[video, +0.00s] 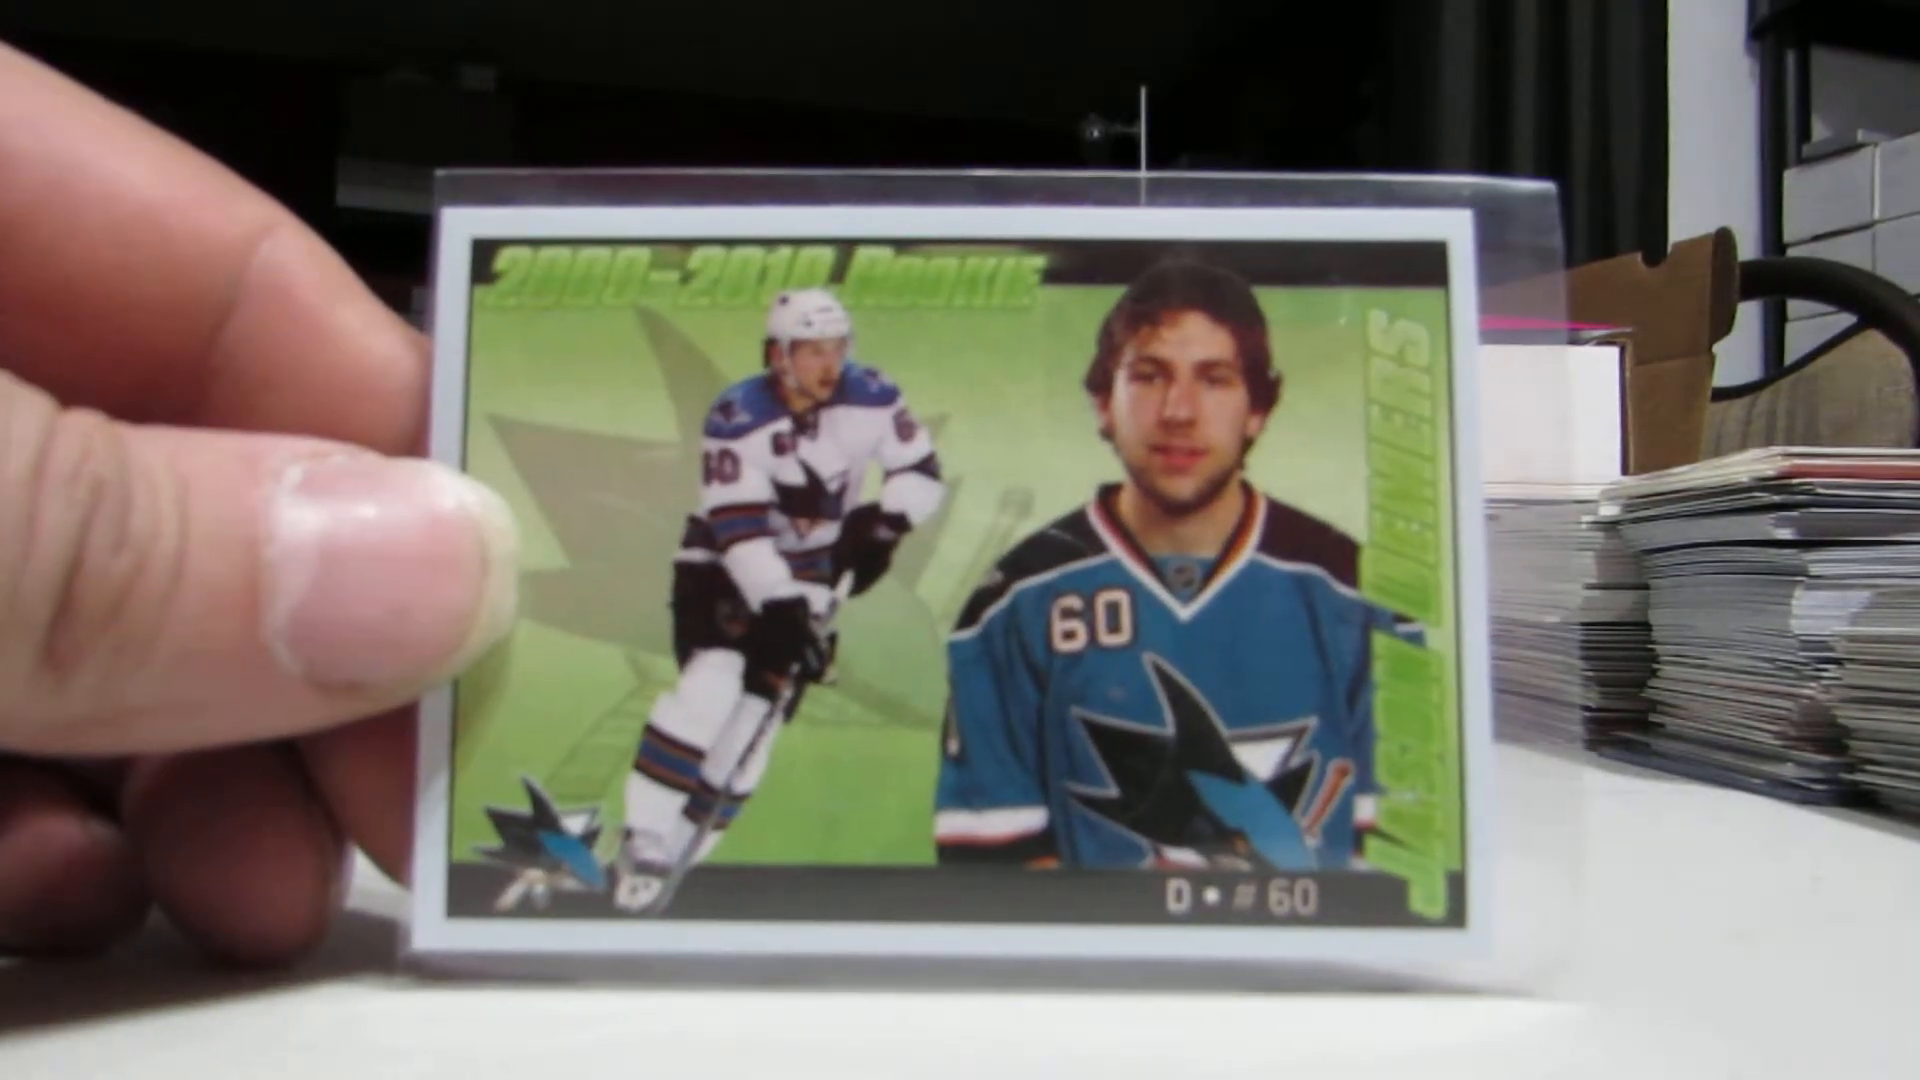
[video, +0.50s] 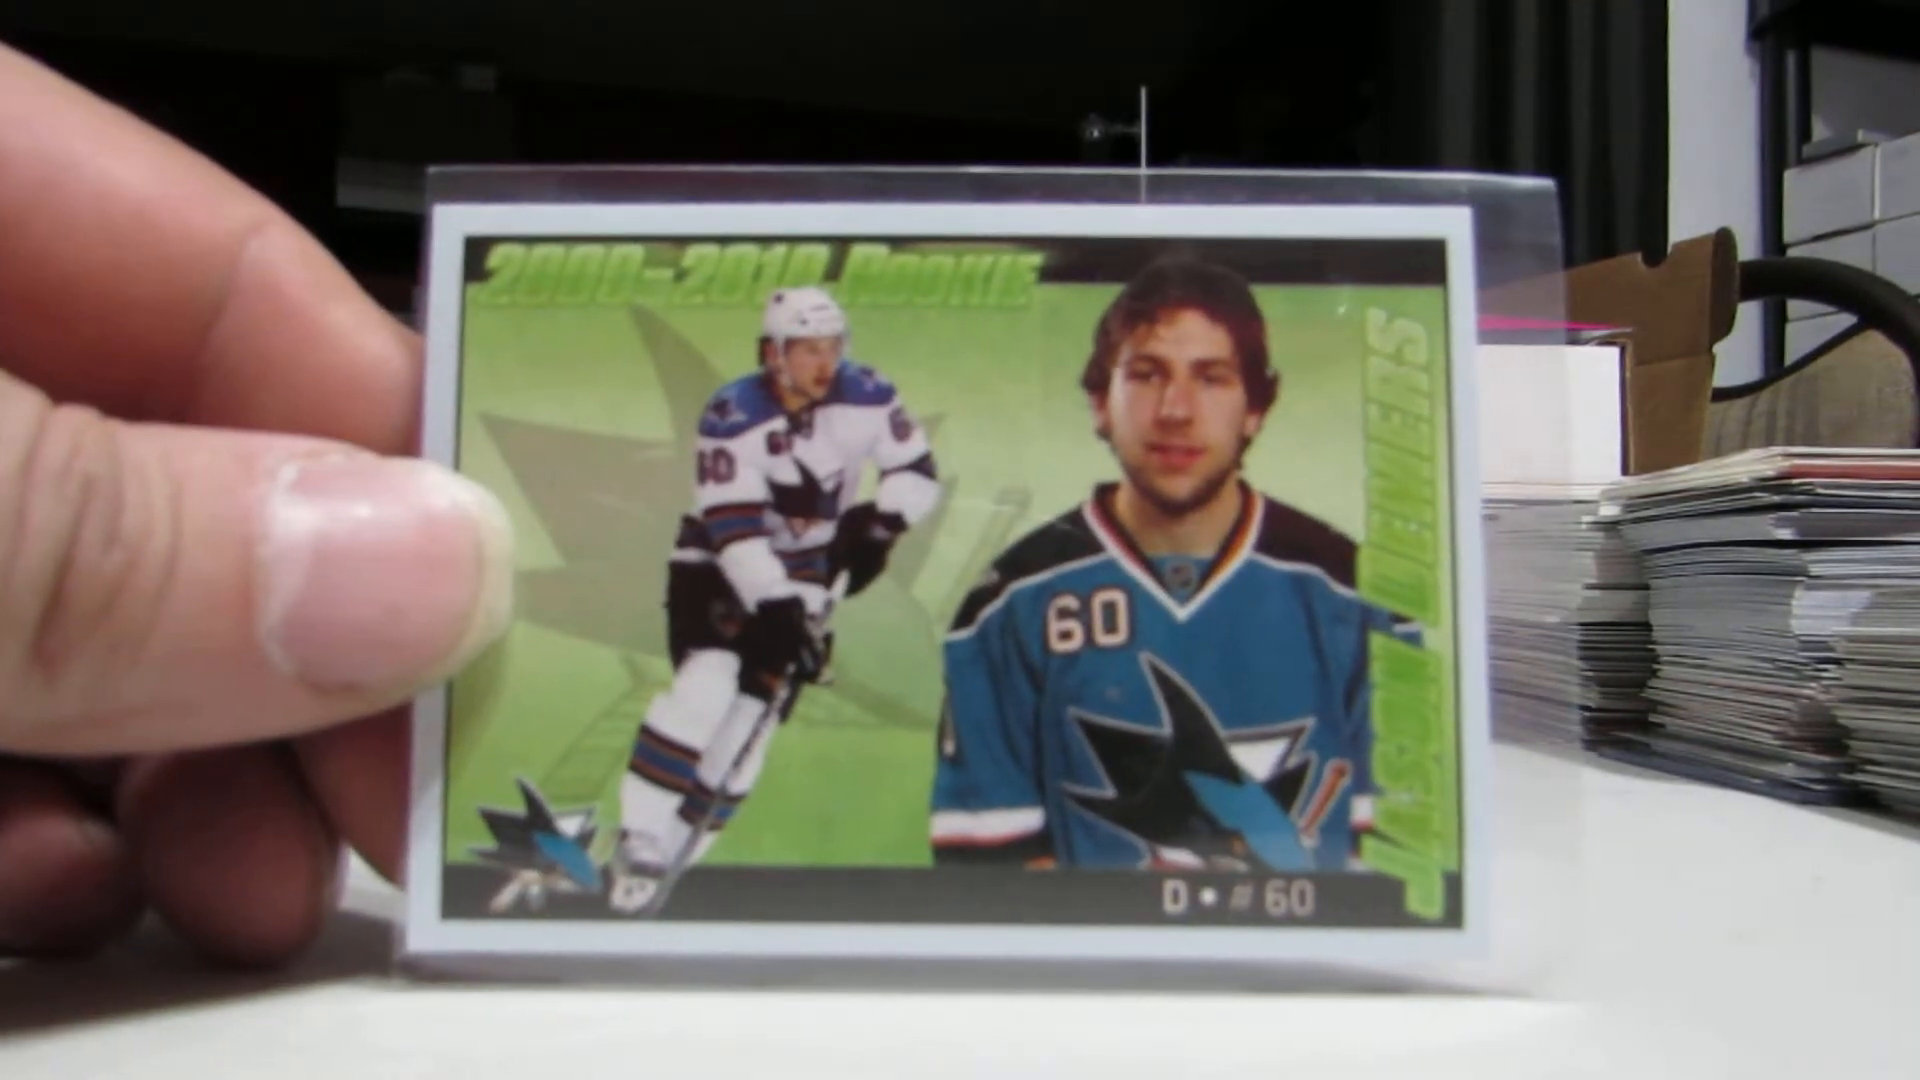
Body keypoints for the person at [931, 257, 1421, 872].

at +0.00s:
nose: (1178, 409)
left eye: (1213, 379)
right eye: (1149, 376)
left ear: (1256, 411)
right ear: (1104, 405)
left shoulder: (1351, 584)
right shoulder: (1019, 599)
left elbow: (1398, 847)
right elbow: (993, 868)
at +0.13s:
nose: (1176, 409)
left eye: (1212, 379)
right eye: (1147, 376)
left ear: (1254, 411)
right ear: (1102, 405)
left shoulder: (1349, 584)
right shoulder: (1017, 600)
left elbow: (1395, 847)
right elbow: (992, 869)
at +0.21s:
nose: (1176, 409)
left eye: (1212, 378)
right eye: (1147, 375)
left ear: (1254, 411)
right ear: (1102, 406)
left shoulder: (1348, 583)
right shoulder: (1017, 600)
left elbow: (1395, 846)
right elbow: (992, 867)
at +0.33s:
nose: (1177, 410)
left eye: (1212, 379)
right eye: (1147, 376)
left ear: (1255, 411)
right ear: (1102, 406)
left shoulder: (1350, 585)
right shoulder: (1017, 601)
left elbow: (1396, 849)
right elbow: (993, 871)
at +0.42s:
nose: (1176, 409)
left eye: (1212, 378)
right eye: (1147, 375)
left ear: (1255, 411)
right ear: (1102, 405)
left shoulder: (1350, 585)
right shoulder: (1015, 601)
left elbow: (1396, 851)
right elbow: (991, 873)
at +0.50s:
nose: (1175, 408)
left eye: (1210, 377)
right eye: (1145, 374)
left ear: (1254, 410)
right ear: (1101, 404)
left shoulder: (1350, 586)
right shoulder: (1014, 603)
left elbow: (1394, 850)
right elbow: (990, 874)